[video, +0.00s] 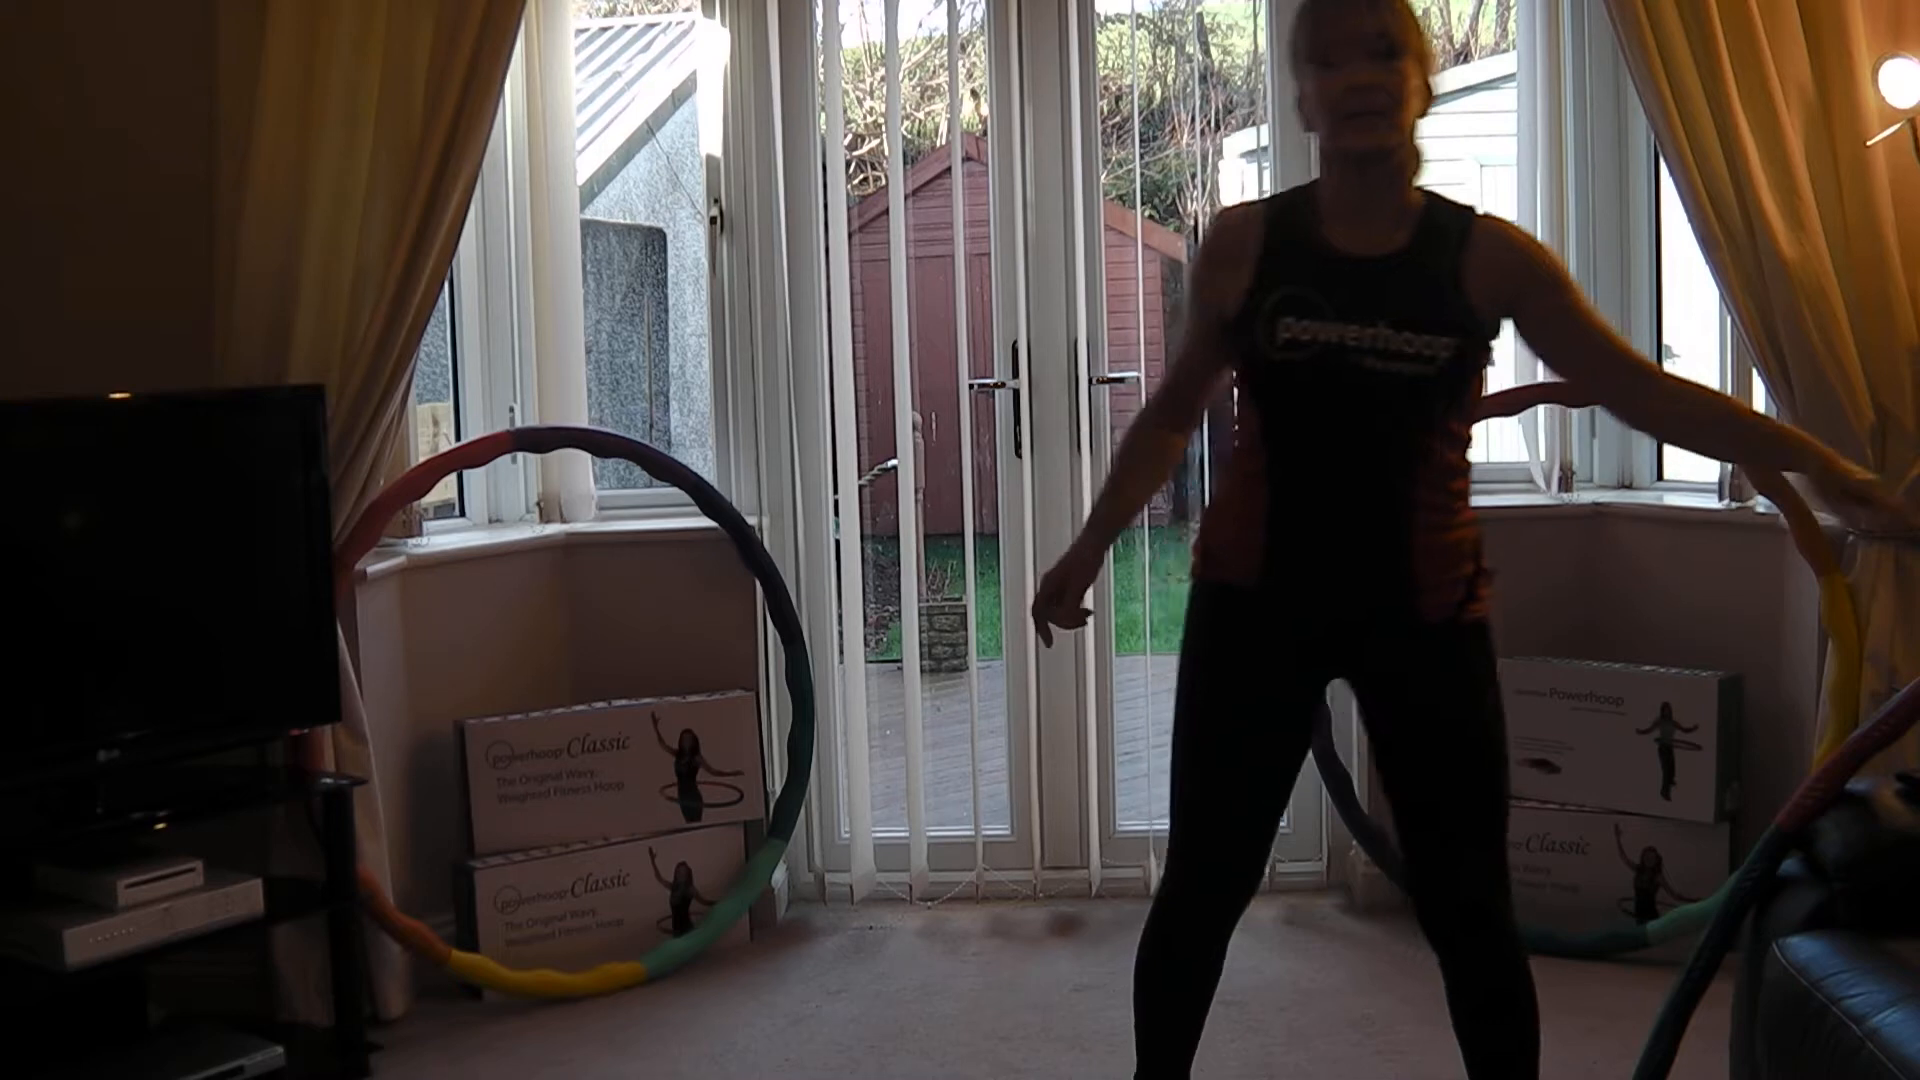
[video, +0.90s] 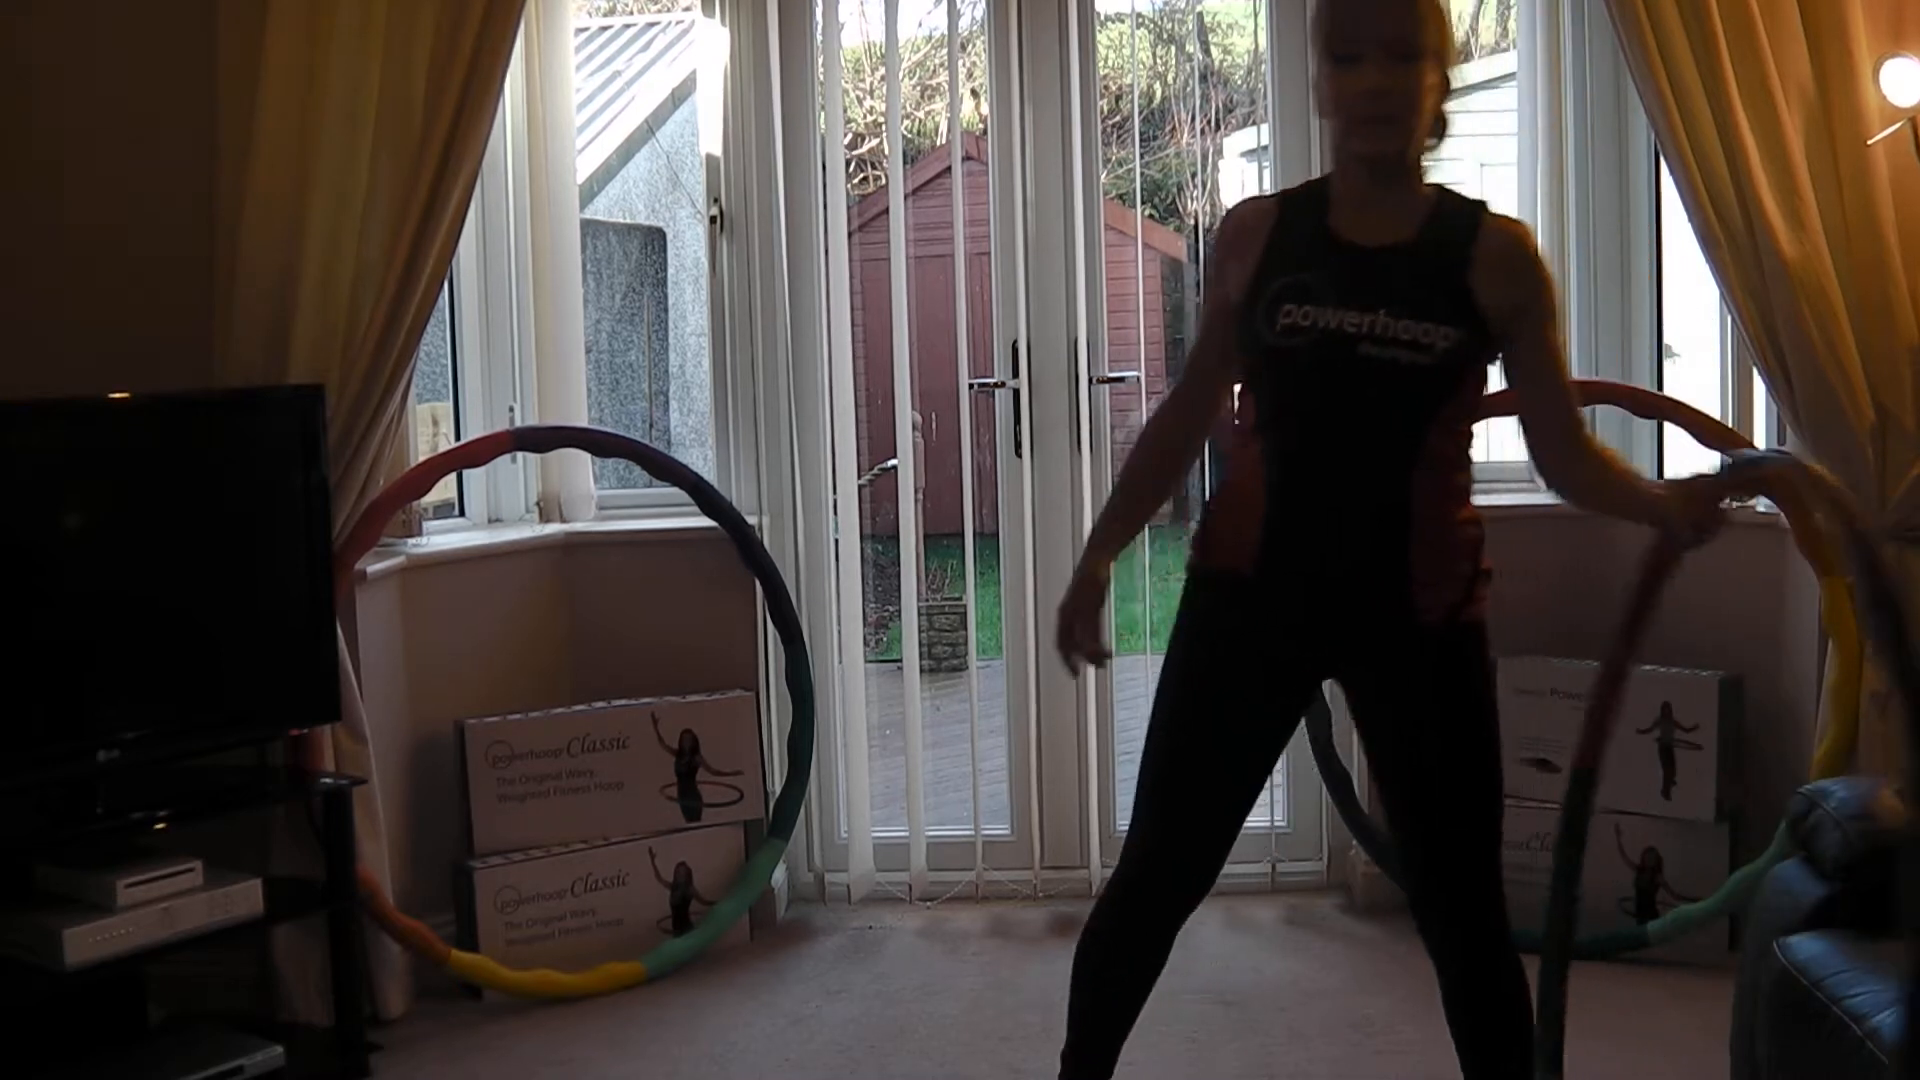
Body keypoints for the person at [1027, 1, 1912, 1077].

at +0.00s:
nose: (1357, 83)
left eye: (1379, 59)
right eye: (1330, 64)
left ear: (1418, 78)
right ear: (1299, 88)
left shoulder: (1490, 258)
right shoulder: (1241, 244)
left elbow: (1642, 391)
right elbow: (1173, 413)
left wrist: (1813, 461)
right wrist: (1085, 550)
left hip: (1420, 615)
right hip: (1254, 607)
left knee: (1470, 912)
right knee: (1199, 893)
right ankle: (1159, 1076)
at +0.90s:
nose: (1376, 82)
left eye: (1402, 58)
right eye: (1349, 56)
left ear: (1439, 80)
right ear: (1316, 77)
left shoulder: (1497, 258)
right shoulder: (1256, 236)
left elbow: (1561, 442)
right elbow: (1190, 406)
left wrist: (1654, 501)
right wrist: (1095, 558)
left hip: (1419, 612)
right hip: (1253, 598)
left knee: (1465, 914)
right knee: (1158, 877)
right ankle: (1081, 1072)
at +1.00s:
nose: (1307, 96)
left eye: (1333, 71)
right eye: (1279, 70)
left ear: (1367, 90)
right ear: (1244, 93)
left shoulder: (1423, 261)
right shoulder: (1187, 254)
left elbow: (1476, 450)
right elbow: (1129, 435)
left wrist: (1545, 478)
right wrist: (1037, 585)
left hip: (1366, 618)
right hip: (1202, 613)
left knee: (1434, 912)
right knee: (1126, 895)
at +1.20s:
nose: (1151, 104)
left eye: (1175, 81)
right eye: (1125, 82)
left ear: (1211, 103)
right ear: (1091, 106)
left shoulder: (1276, 253)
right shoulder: (1048, 272)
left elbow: (1340, 433)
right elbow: (994, 447)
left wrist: (1371, 427)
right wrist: (960, 556)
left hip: (1255, 609)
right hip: (1094, 614)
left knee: (1355, 893)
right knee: (1073, 893)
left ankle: (1425, 1074)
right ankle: (1059, 1074)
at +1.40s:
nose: (1070, 108)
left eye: (1091, 85)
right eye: (1042, 87)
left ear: (1123, 104)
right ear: (1005, 110)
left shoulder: (1191, 241)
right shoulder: (965, 275)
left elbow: (1276, 400)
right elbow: (917, 453)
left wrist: (1266, 403)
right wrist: (939, 491)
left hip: (1197, 587)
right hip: (1041, 599)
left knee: (1270, 876)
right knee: (1051, 885)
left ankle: (1259, 1071)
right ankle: (1066, 1078)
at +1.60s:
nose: (1065, 123)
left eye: (1081, 101)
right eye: (1036, 102)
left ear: (1101, 113)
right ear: (988, 119)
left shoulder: (1162, 249)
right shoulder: (944, 275)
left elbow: (1252, 396)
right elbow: (908, 451)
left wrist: (1230, 400)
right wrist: (911, 467)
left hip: (1166, 589)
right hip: (1021, 598)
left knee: (1196, 850)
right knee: (1040, 871)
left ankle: (1104, 1004)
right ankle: (1051, 1075)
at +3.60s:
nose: (964, 119)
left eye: (987, 99)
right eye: (943, 96)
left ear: (1023, 119)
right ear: (912, 111)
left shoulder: (1082, 252)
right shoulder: (860, 260)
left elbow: (1145, 403)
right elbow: (812, 413)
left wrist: (1118, 447)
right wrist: (843, 455)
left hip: (1054, 587)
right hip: (909, 593)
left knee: (1070, 823)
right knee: (933, 859)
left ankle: (1093, 1021)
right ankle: (960, 1074)